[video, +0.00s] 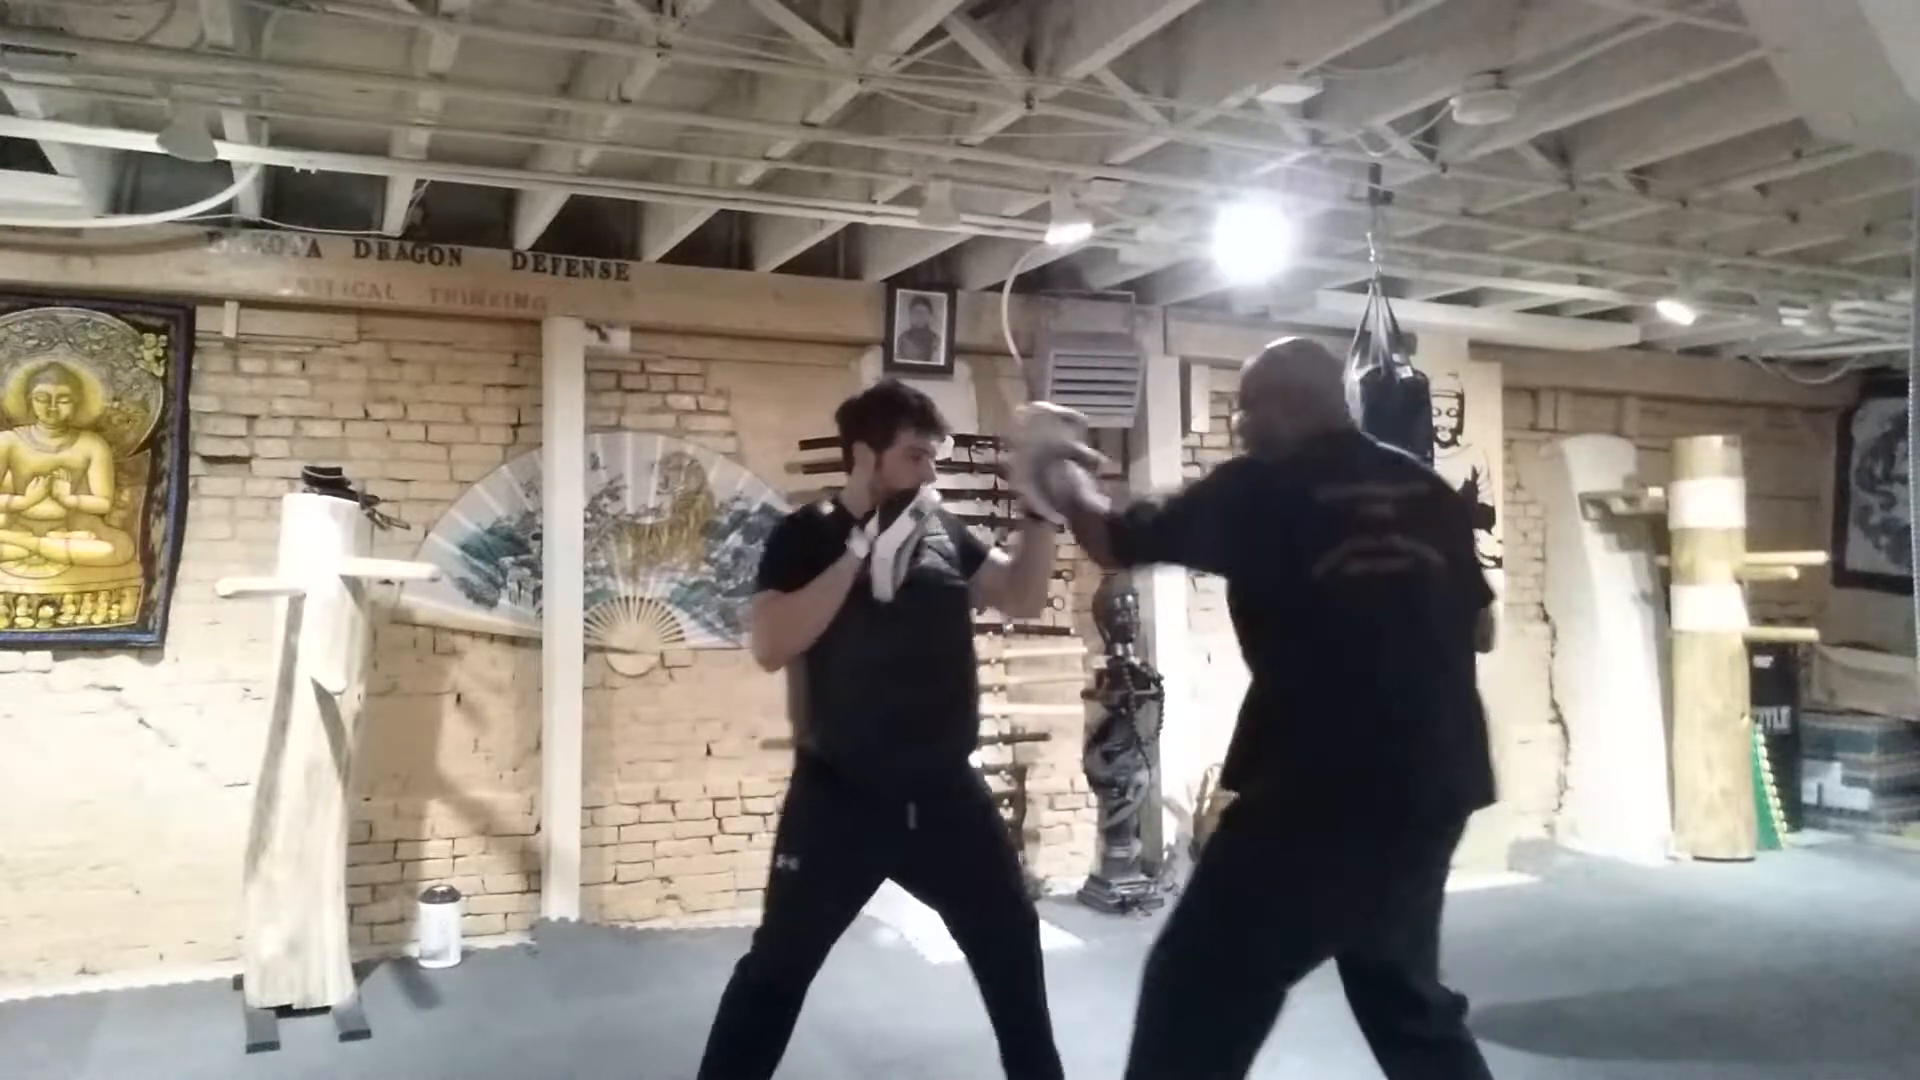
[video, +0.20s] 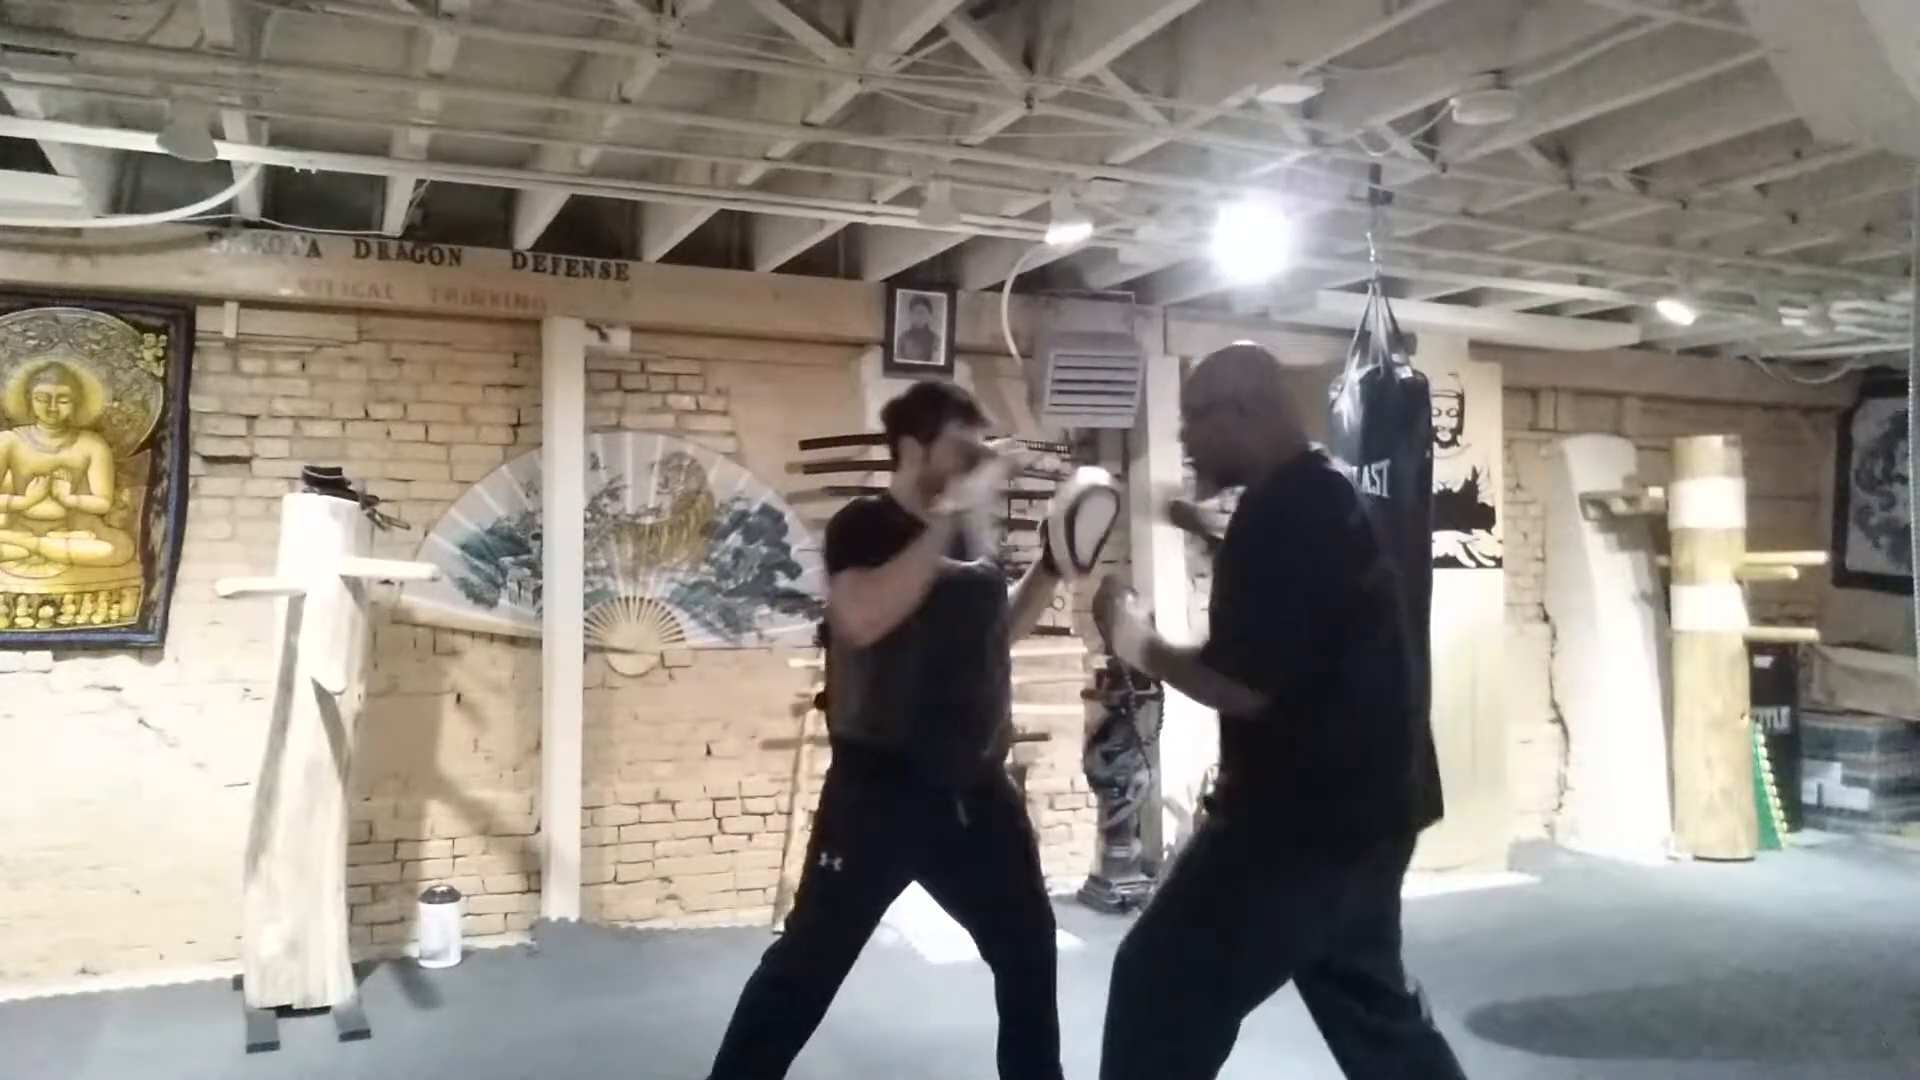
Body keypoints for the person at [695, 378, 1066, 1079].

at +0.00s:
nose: (929, 468)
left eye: (932, 455)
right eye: (915, 454)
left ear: (930, 456)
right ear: (864, 451)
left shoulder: (943, 534)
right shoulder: (805, 535)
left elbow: (1023, 596)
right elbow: (772, 644)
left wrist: (1038, 492)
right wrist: (857, 552)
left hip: (944, 794)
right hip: (838, 798)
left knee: (1012, 951)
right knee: (777, 970)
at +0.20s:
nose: (974, 465)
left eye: (978, 453)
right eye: (961, 448)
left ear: (974, 458)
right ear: (910, 448)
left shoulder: (967, 541)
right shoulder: (864, 525)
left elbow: (990, 638)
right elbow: (857, 619)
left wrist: (1052, 565)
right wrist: (950, 517)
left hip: (973, 795)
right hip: (875, 795)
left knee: (1029, 957)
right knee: (803, 973)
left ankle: (1035, 1079)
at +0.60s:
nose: (934, 472)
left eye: (941, 459)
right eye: (919, 455)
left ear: (947, 464)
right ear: (871, 453)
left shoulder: (949, 544)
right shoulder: (818, 535)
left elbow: (954, 649)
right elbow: (792, 635)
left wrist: (996, 580)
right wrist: (862, 525)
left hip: (947, 795)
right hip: (843, 800)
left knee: (1020, 947)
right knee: (788, 972)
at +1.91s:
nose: (994, 458)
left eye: (997, 446)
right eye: (981, 442)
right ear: (928, 442)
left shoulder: (991, 532)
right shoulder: (879, 522)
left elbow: (1034, 607)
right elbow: (846, 621)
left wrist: (1093, 526)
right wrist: (932, 511)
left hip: (1001, 785)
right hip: (902, 786)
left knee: (1056, 954)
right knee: (830, 957)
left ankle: (1048, 1079)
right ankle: (736, 1077)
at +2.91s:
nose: (967, 487)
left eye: (970, 471)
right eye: (957, 469)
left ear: (914, 466)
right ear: (904, 462)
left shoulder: (944, 550)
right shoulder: (830, 532)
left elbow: (961, 651)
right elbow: (820, 650)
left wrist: (1015, 598)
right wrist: (940, 578)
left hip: (940, 800)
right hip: (839, 802)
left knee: (1002, 963)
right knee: (773, 977)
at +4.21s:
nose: (1013, 482)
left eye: (1013, 468)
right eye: (996, 466)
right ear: (944, 470)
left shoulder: (1001, 567)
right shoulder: (882, 556)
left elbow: (1015, 659)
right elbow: (839, 674)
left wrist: (1054, 627)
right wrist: (963, 656)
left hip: (999, 813)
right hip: (894, 815)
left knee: (1077, 945)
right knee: (801, 976)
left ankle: (1089, 1076)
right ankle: (728, 1078)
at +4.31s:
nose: (1055, 481)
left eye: (1057, 467)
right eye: (1038, 465)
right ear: (984, 470)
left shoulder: (1053, 564)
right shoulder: (923, 553)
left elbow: (1077, 674)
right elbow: (885, 677)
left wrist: (1096, 670)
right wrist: (1001, 679)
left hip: (1041, 809)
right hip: (931, 808)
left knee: (1109, 946)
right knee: (855, 970)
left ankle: (1099, 1079)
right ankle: (793, 1076)